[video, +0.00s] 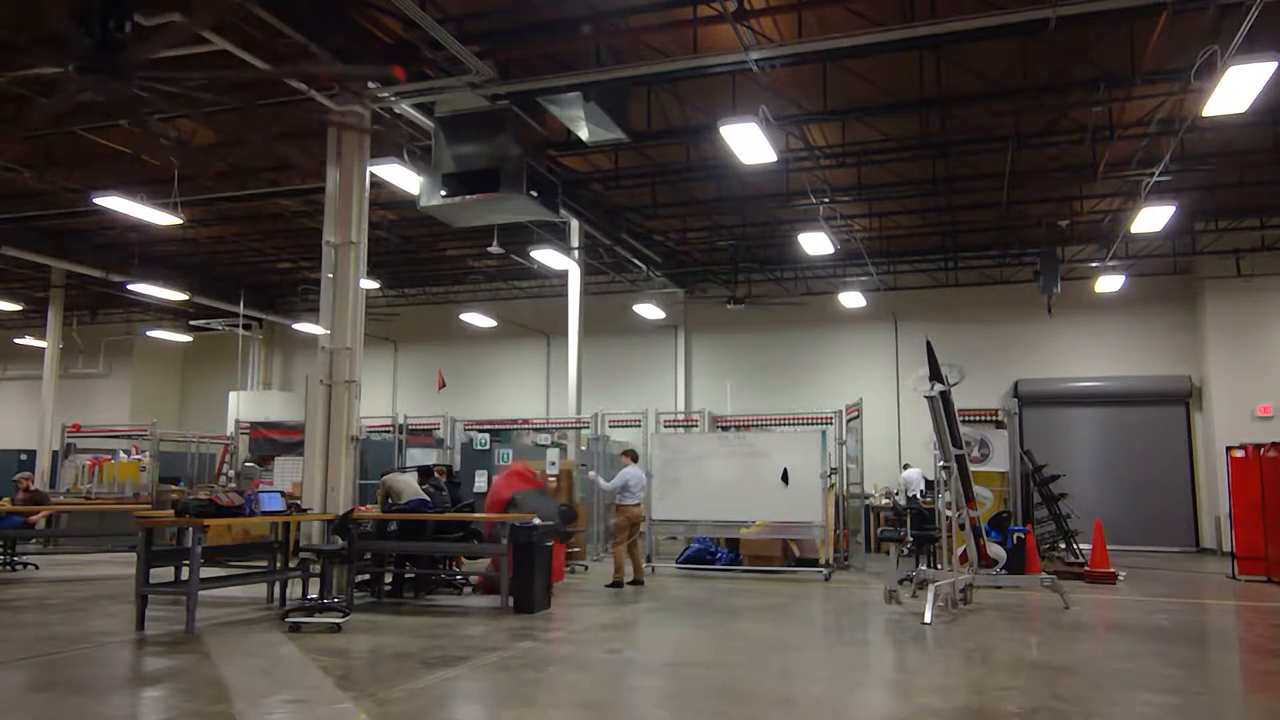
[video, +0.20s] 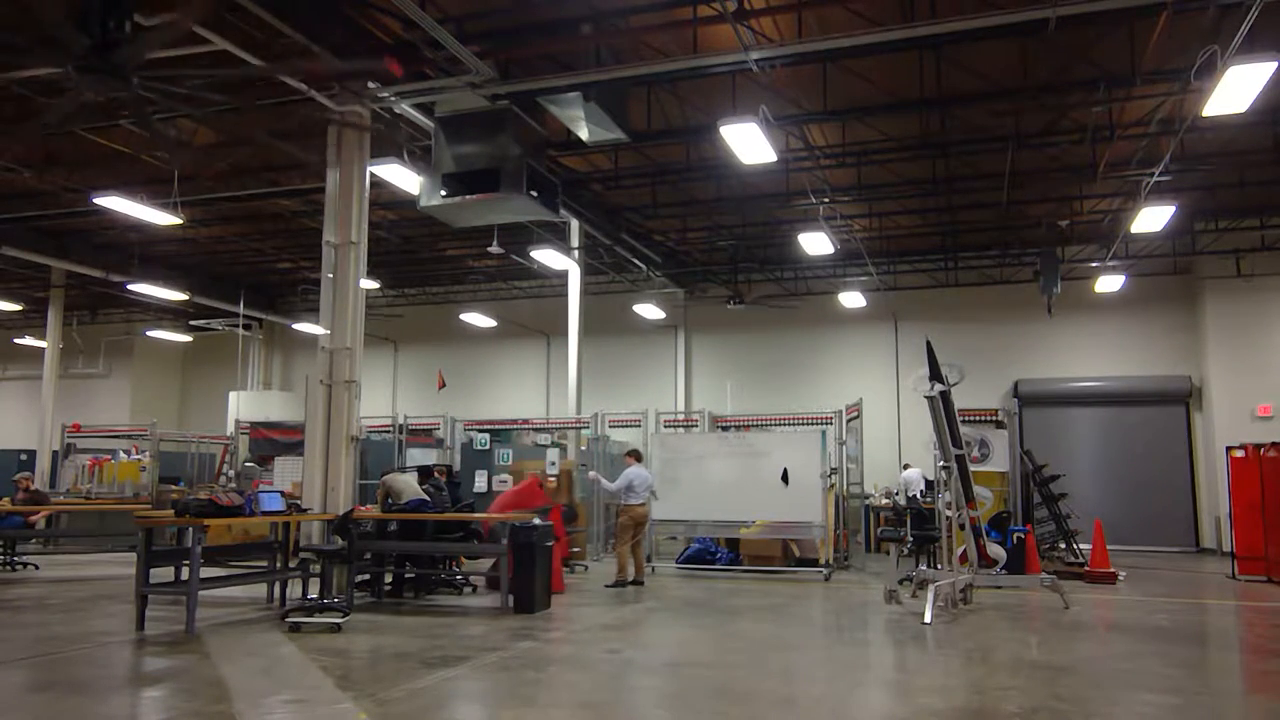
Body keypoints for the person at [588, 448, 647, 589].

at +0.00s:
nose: (621, 460)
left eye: (622, 458)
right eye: (621, 458)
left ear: (629, 458)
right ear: (633, 459)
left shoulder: (626, 472)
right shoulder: (641, 473)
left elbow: (609, 487)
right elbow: (640, 491)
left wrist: (595, 478)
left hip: (624, 508)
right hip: (637, 507)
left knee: (619, 544)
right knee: (633, 544)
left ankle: (618, 579)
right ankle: (638, 577)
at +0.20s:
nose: (626, 461)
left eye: (627, 458)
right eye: (626, 459)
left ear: (632, 458)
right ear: (638, 459)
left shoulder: (629, 472)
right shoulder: (646, 473)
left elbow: (613, 488)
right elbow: (651, 488)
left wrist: (598, 478)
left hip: (629, 508)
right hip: (643, 507)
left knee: (622, 544)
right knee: (637, 544)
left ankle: (621, 578)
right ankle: (639, 577)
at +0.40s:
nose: (629, 462)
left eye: (630, 459)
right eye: (629, 459)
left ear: (635, 458)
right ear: (642, 459)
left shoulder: (633, 471)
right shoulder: (649, 472)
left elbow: (617, 487)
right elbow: (659, 487)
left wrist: (602, 476)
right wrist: (668, 494)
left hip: (632, 507)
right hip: (646, 507)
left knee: (626, 544)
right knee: (640, 544)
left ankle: (627, 577)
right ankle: (639, 576)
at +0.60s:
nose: (631, 462)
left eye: (632, 459)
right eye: (631, 459)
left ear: (636, 459)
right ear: (644, 459)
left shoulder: (634, 472)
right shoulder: (652, 472)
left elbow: (625, 488)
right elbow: (663, 488)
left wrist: (608, 481)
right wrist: (676, 492)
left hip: (634, 508)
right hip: (647, 507)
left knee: (630, 542)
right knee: (642, 543)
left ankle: (634, 576)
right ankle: (641, 576)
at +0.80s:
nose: (631, 462)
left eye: (632, 460)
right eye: (631, 460)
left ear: (636, 460)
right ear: (644, 460)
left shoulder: (635, 472)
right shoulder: (653, 472)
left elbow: (628, 490)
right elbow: (667, 488)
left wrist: (611, 485)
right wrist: (683, 489)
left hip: (636, 508)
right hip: (649, 508)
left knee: (634, 544)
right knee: (644, 544)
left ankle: (642, 575)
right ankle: (641, 574)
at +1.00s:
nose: (631, 463)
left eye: (632, 460)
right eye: (631, 460)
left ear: (635, 460)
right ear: (645, 460)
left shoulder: (634, 472)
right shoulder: (653, 471)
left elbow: (626, 493)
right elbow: (668, 486)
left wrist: (610, 491)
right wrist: (683, 487)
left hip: (639, 508)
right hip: (652, 506)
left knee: (641, 545)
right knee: (645, 544)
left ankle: (645, 578)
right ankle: (641, 574)